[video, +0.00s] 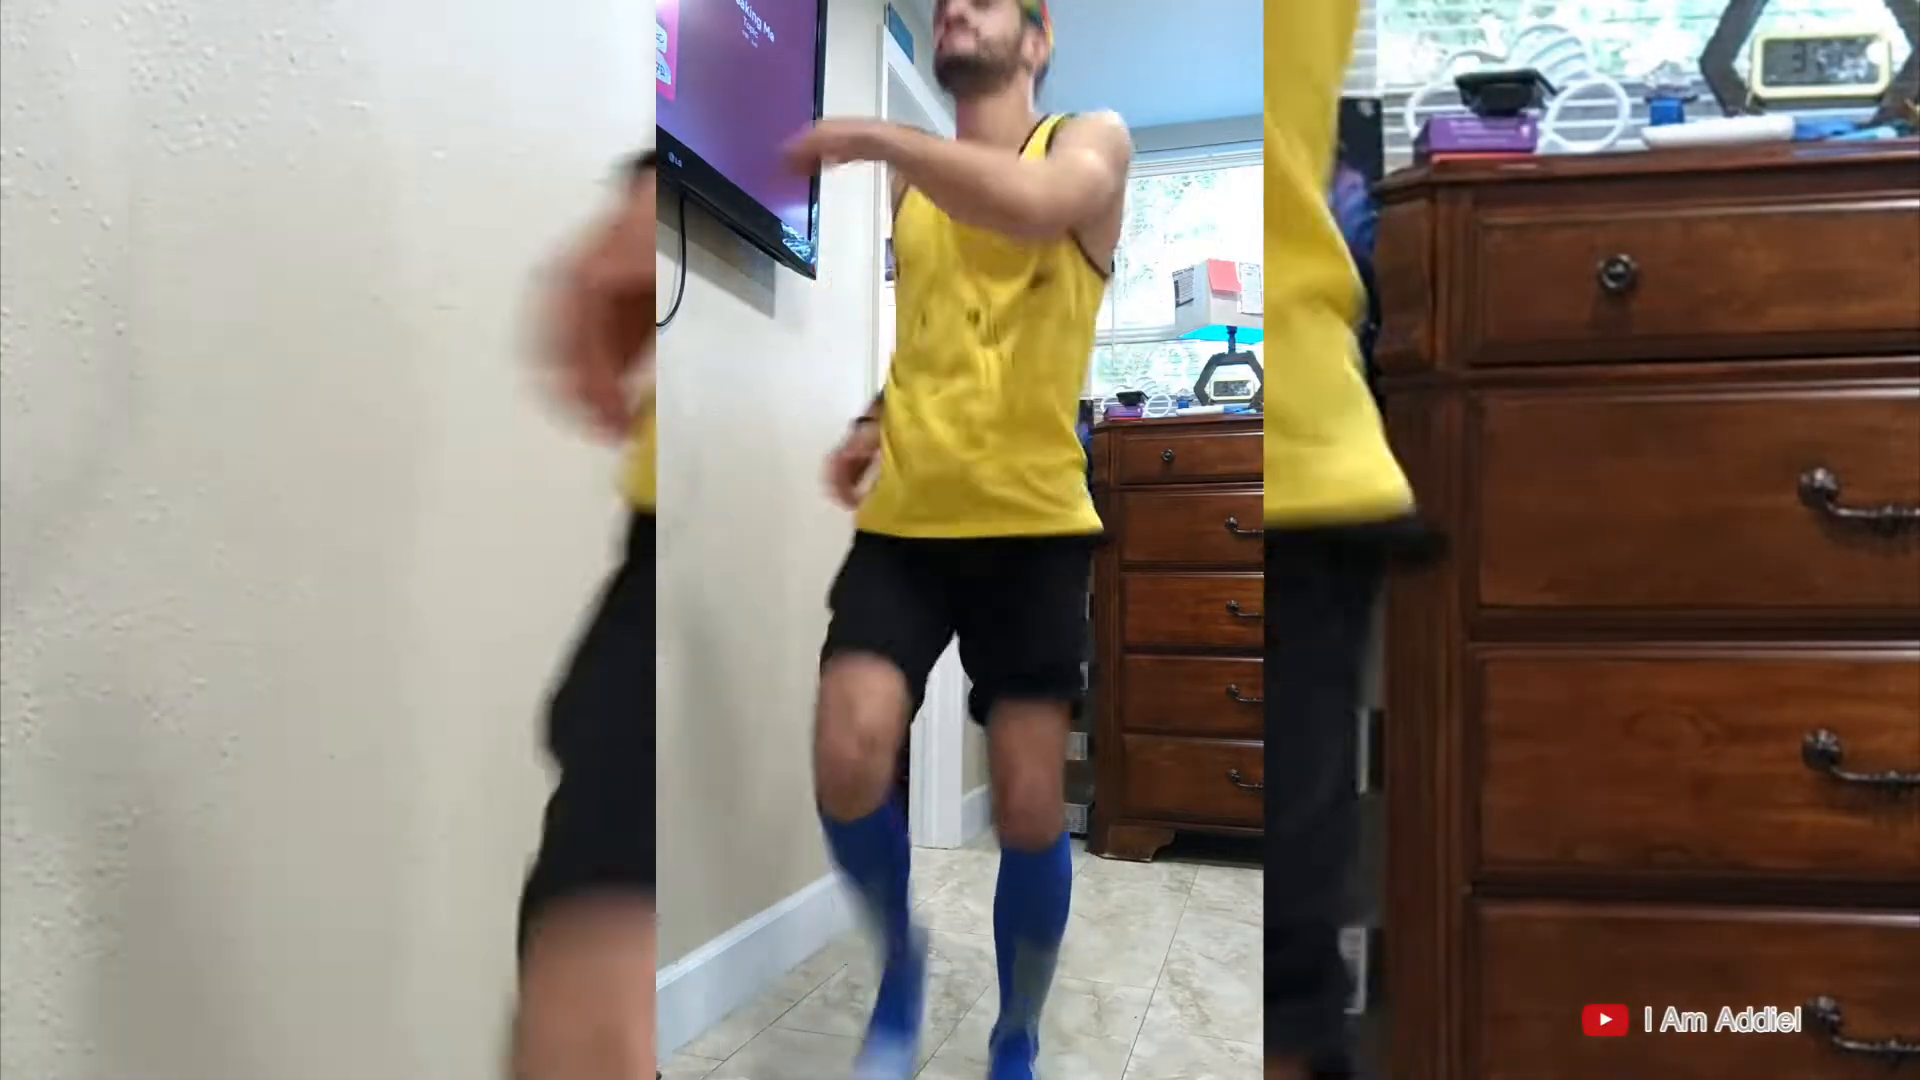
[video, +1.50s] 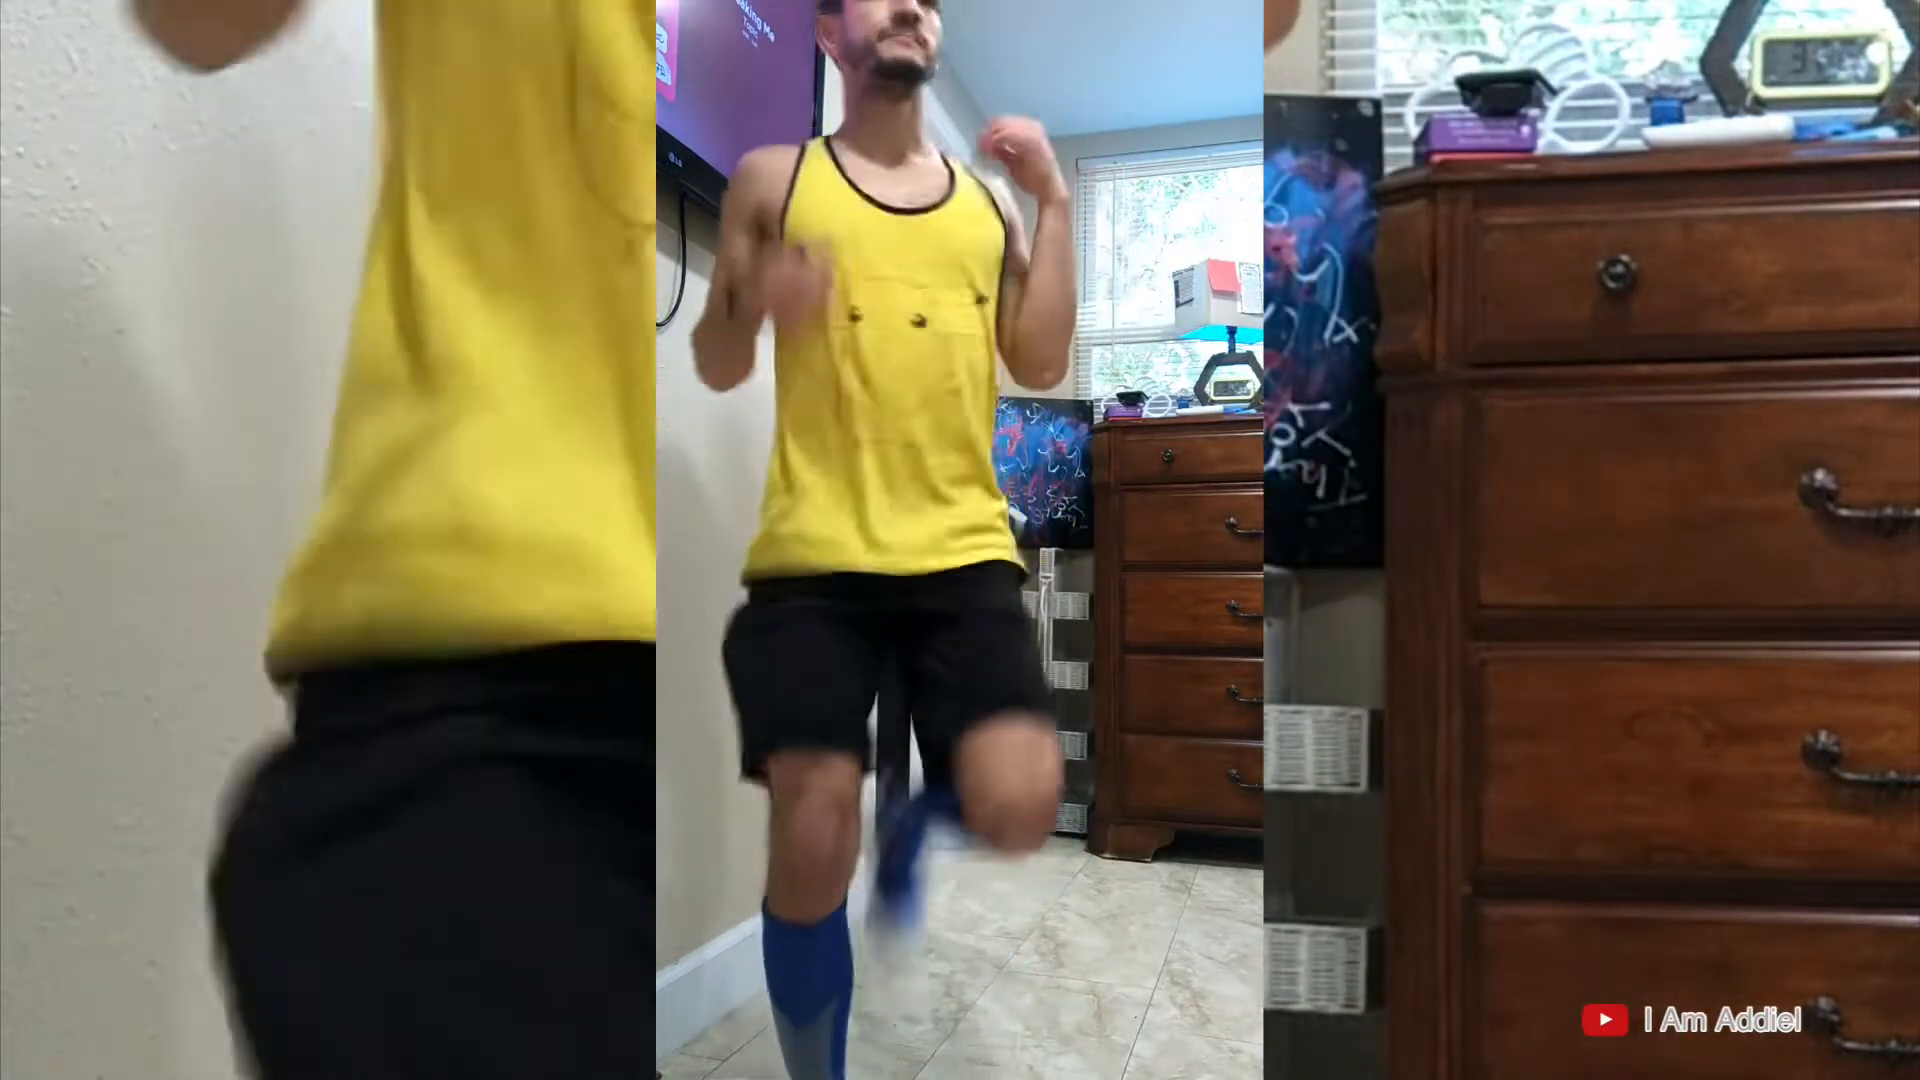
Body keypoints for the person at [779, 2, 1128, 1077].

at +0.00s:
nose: (955, 14)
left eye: (983, 3)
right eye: (944, 7)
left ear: (1037, 35)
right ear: (934, 47)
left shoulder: (1090, 136)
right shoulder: (915, 183)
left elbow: (1042, 206)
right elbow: (928, 343)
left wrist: (877, 138)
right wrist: (877, 422)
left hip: (1034, 518)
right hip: (906, 515)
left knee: (1029, 801)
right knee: (847, 754)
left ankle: (1017, 1037)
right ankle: (898, 966)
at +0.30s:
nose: (930, 22)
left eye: (955, 8)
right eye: (918, 11)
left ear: (1004, 31)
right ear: (909, 39)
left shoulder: (1032, 117)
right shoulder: (943, 171)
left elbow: (1067, 274)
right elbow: (951, 336)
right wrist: (892, 320)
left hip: (1009, 498)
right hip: (915, 496)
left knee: (995, 783)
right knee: (929, 773)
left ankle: (1074, 899)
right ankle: (997, 1009)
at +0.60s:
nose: (928, 72)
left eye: (955, 59)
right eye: (915, 58)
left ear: (995, 96)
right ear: (895, 89)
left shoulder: (1052, 175)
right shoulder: (884, 219)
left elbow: (1147, 311)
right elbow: (863, 367)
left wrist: (1056, 404)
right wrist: (892, 217)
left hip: (1019, 507)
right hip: (926, 516)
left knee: (892, 783)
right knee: (909, 797)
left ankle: (1127, 849)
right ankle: (1006, 1028)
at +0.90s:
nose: (994, 29)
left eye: (1010, 26)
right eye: (968, 20)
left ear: (1022, 76)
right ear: (924, 61)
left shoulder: (1031, 228)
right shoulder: (875, 141)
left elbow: (1017, 375)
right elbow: (848, 267)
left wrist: (1093, 302)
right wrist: (876, 435)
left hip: (1023, 531)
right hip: (902, 533)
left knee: (1001, 802)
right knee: (913, 840)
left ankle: (964, 1057)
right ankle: (967, 950)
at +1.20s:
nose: (973, 6)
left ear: (997, 31)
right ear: (899, 35)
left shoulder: (1021, 186)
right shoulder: (845, 125)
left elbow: (1062, 346)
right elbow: (765, 284)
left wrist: (1118, 212)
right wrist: (765, 442)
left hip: (979, 511)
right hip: (853, 490)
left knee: (948, 799)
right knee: (863, 790)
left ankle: (893, 1023)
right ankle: (855, 1066)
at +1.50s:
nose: (906, 12)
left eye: (921, 5)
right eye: (879, 2)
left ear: (939, 41)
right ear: (831, 33)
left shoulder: (980, 200)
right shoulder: (774, 177)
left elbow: (1039, 363)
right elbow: (718, 368)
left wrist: (1052, 204)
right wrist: (750, 282)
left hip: (964, 548)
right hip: (814, 551)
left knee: (1022, 809)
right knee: (816, 826)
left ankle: (910, 818)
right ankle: (817, 1074)